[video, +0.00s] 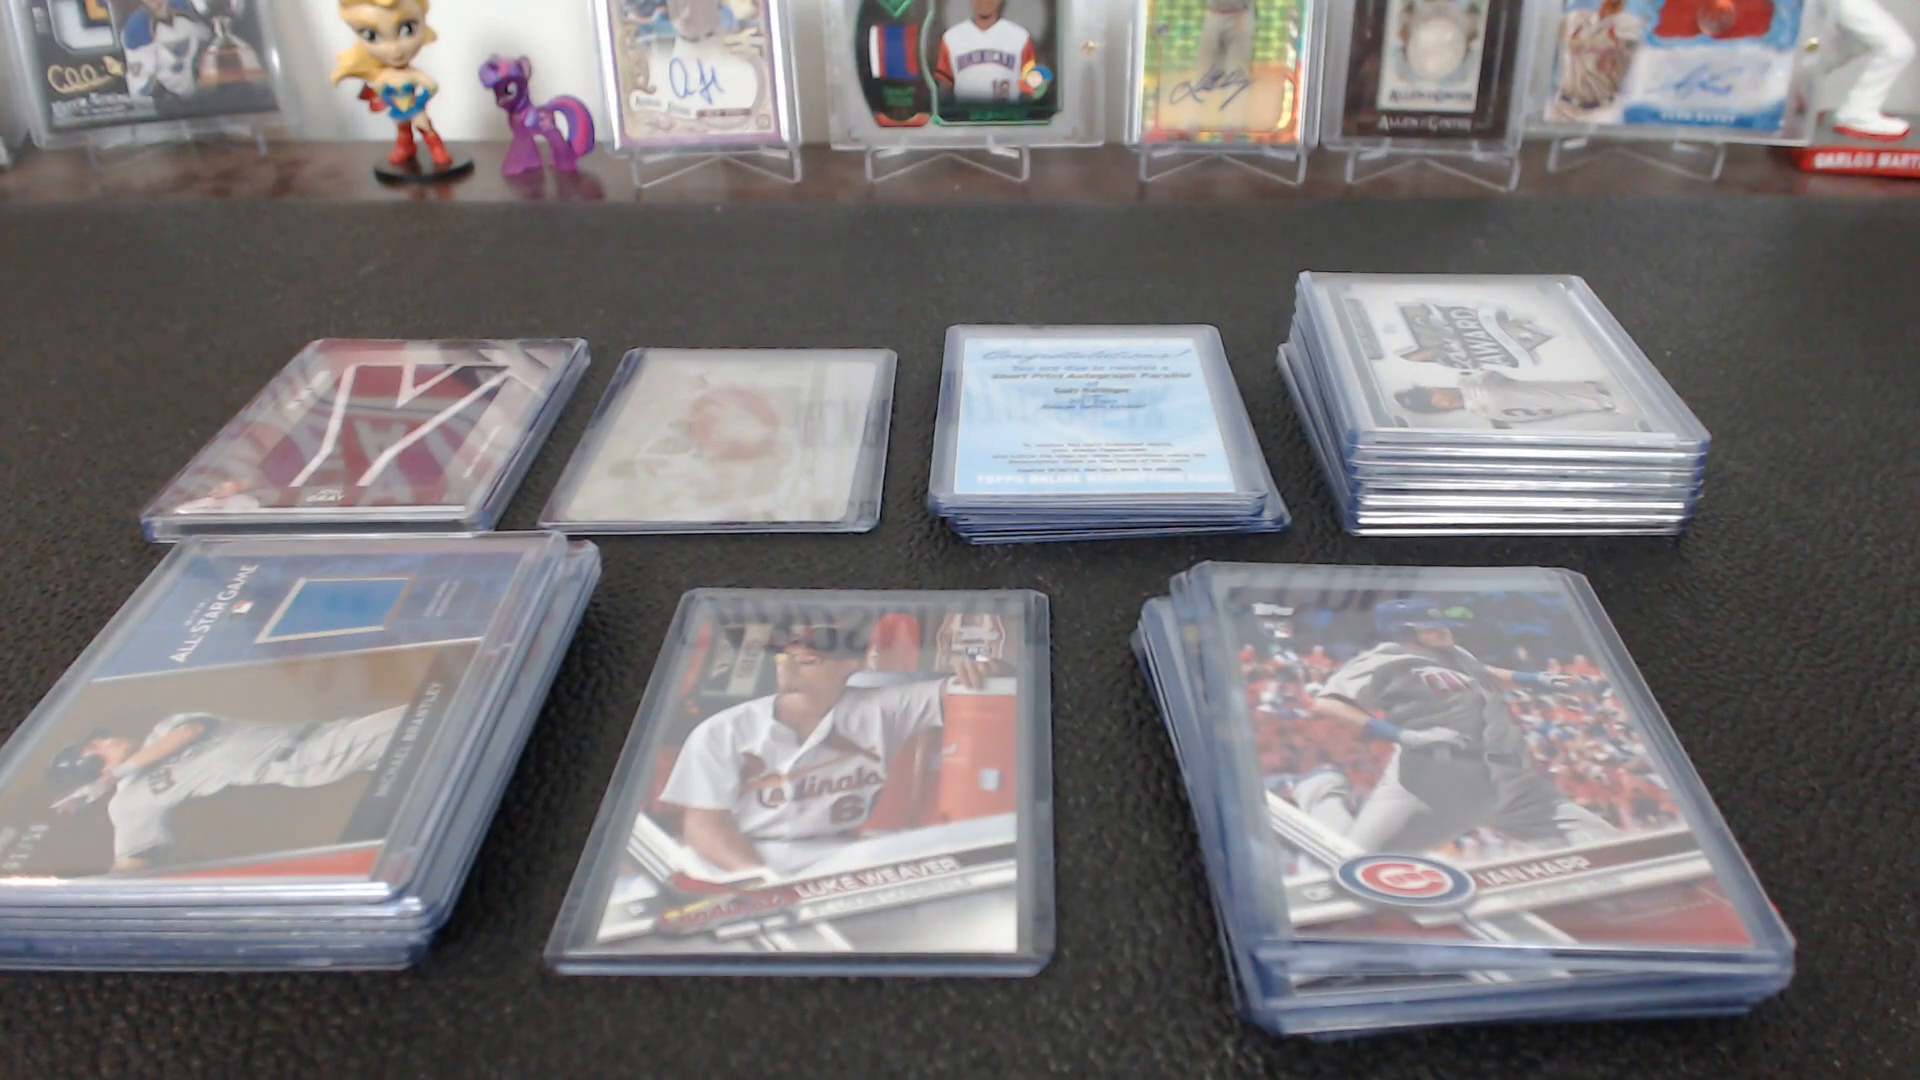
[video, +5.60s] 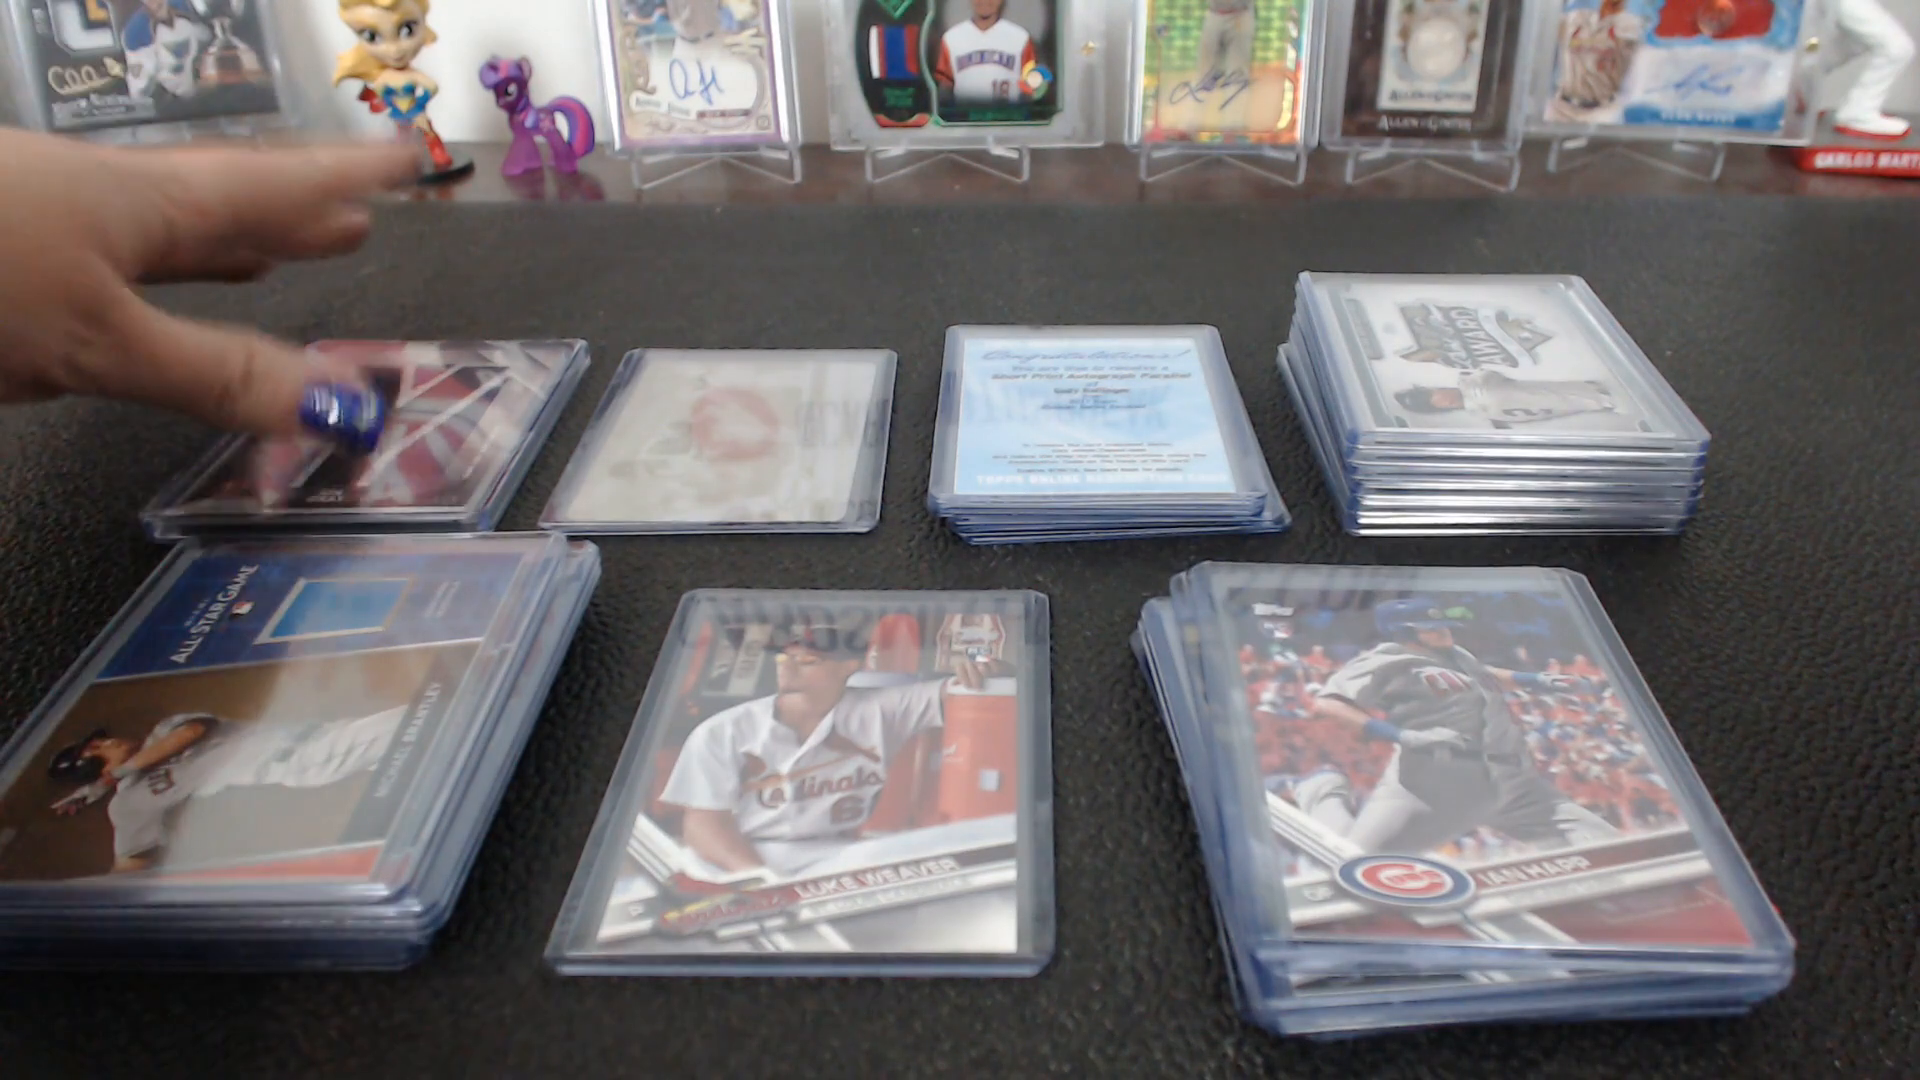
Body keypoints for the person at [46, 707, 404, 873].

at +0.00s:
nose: (109, 740)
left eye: (98, 740)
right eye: (99, 747)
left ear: (107, 743)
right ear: (100, 769)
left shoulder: (163, 727)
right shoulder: (131, 799)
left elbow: (193, 732)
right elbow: (130, 870)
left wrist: (116, 774)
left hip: (312, 731)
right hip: (300, 759)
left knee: (415, 720)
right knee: (413, 717)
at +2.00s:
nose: (109, 740)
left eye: (98, 739)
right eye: (99, 747)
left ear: (107, 743)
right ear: (100, 771)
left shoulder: (161, 728)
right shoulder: (130, 800)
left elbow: (193, 732)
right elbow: (129, 871)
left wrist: (116, 775)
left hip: (311, 732)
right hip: (298, 760)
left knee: (414, 721)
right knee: (412, 718)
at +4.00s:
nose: (113, 740)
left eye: (103, 739)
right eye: (103, 746)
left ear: (109, 741)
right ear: (101, 769)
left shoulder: (161, 729)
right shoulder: (131, 798)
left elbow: (192, 732)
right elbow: (130, 869)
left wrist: (116, 775)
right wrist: (88, 901)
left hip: (311, 732)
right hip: (299, 760)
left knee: (416, 721)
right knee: (414, 717)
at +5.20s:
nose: (109, 751)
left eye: (98, 747)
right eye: (99, 760)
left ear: (108, 736)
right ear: (100, 776)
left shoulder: (160, 727)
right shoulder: (131, 801)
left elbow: (191, 733)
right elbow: (128, 872)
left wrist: (117, 775)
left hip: (305, 735)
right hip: (291, 768)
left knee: (412, 719)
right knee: (408, 721)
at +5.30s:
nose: (104, 771)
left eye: (98, 758)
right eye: (94, 774)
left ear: (112, 741)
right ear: (96, 786)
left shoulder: (161, 731)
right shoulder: (130, 802)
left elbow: (193, 732)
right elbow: (130, 871)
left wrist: (124, 770)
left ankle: (418, 715)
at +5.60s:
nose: (115, 741)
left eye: (106, 739)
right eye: (104, 744)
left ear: (109, 742)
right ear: (100, 764)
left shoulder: (163, 727)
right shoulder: (129, 802)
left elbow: (196, 731)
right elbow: (129, 872)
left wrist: (115, 777)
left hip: (294, 736)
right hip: (277, 774)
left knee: (407, 721)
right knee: (399, 726)